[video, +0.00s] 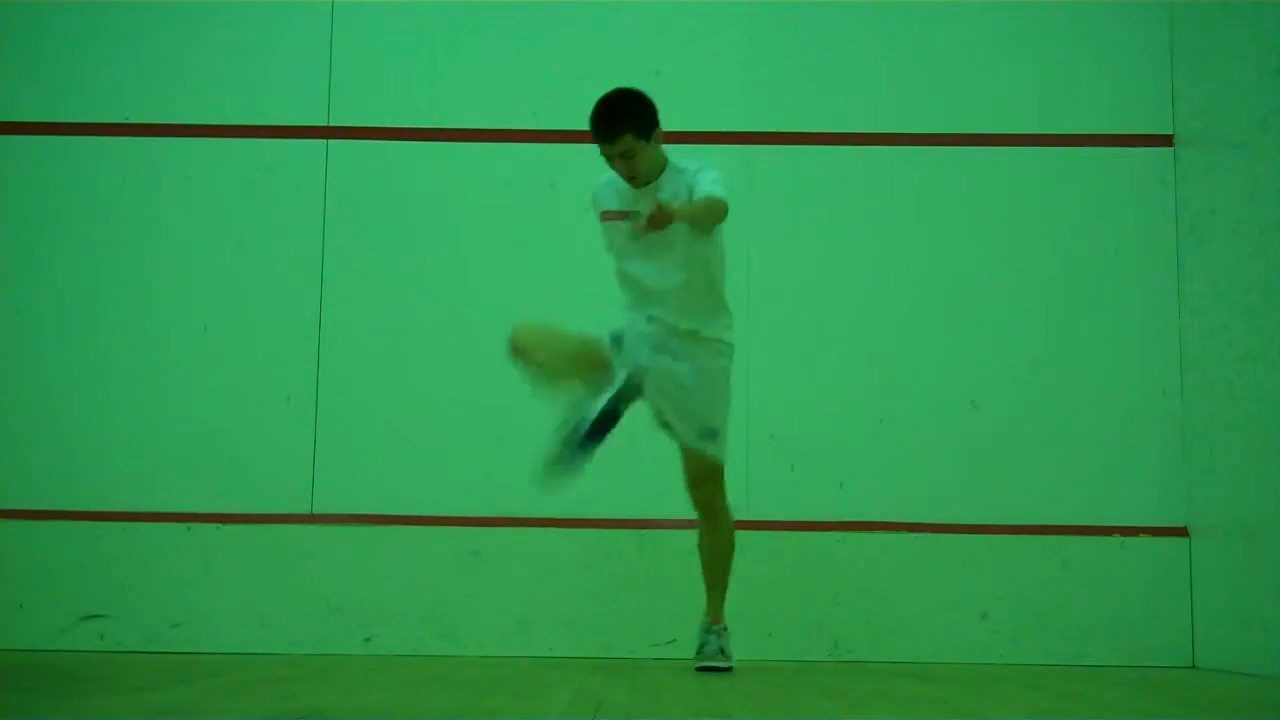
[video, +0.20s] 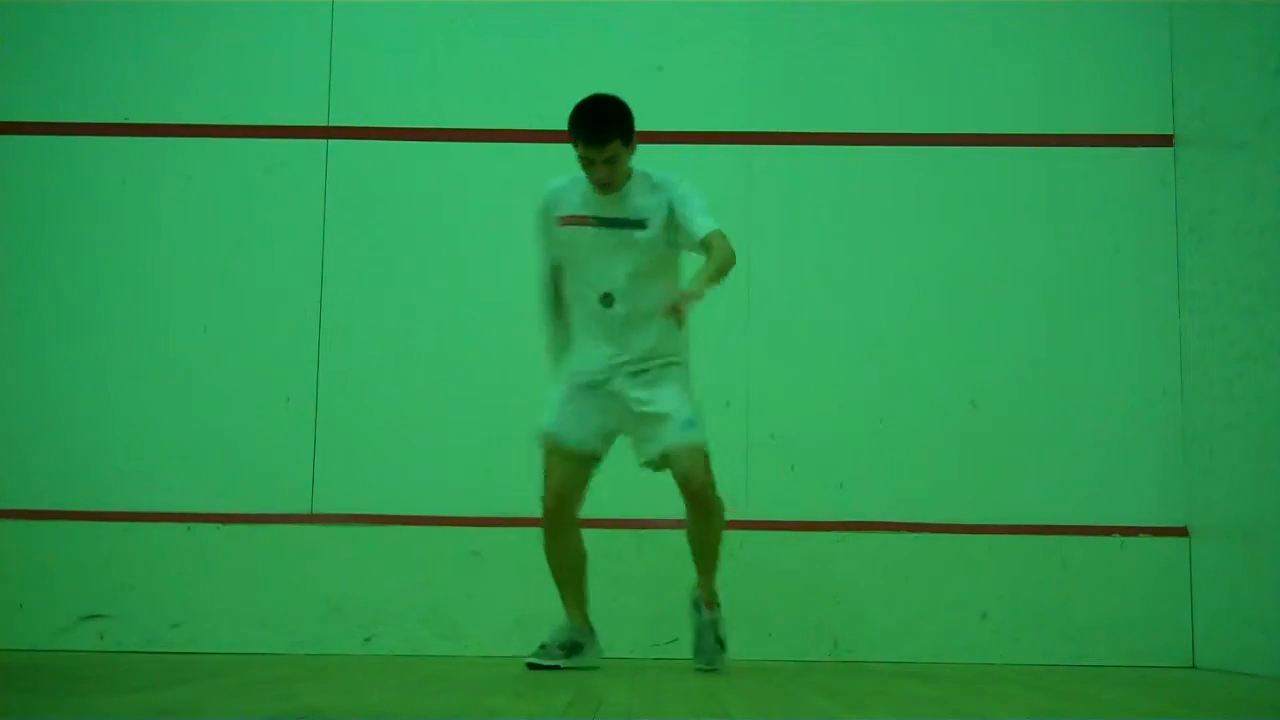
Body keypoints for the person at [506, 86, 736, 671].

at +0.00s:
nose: (620, 167)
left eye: (628, 153)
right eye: (611, 157)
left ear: (657, 139)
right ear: (603, 153)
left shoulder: (696, 181)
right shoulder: (608, 194)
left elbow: (715, 209)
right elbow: (629, 262)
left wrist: (678, 213)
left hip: (699, 349)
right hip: (637, 338)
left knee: (707, 490)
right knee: (524, 342)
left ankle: (715, 623)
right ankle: (604, 387)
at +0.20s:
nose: (601, 173)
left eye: (612, 160)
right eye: (590, 162)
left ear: (632, 146)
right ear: (576, 153)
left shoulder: (666, 195)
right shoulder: (556, 205)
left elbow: (722, 252)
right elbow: (554, 284)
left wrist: (695, 289)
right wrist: (561, 350)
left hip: (660, 375)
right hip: (588, 377)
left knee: (700, 487)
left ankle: (707, 602)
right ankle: (578, 629)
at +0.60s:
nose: (594, 204)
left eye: (605, 193)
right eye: (586, 190)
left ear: (617, 189)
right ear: (562, 176)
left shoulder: (622, 250)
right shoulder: (520, 200)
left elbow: (683, 311)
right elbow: (458, 195)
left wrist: (730, 374)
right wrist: (391, 220)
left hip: (580, 395)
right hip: (516, 389)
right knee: (464, 480)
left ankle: (505, 635)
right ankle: (574, 570)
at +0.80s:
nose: (626, 205)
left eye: (636, 198)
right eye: (621, 192)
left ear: (642, 193)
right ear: (595, 168)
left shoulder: (634, 247)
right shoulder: (539, 175)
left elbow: (680, 315)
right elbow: (450, 145)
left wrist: (733, 378)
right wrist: (363, 116)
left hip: (593, 360)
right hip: (534, 358)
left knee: (567, 456)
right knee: (479, 449)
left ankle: (558, 609)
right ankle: (603, 447)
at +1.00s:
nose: (669, 267)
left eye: (677, 261)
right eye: (668, 254)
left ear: (681, 255)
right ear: (644, 225)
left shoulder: (664, 290)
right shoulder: (572, 223)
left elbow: (722, 316)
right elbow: (502, 244)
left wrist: (789, 315)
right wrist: (443, 295)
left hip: (602, 408)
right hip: (533, 400)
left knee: (654, 514)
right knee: (517, 512)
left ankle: (692, 621)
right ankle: (528, 619)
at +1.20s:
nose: (611, 284)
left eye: (620, 278)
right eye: (607, 275)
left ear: (628, 267)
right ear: (585, 252)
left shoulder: (634, 285)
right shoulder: (528, 273)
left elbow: (696, 306)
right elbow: (463, 331)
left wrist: (760, 341)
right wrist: (463, 415)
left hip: (615, 440)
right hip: (542, 441)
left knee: (662, 536)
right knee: (505, 528)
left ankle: (688, 627)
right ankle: (514, 632)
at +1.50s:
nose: (592, 227)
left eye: (604, 220)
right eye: (588, 214)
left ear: (615, 214)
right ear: (564, 189)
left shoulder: (611, 253)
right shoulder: (507, 206)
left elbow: (686, 288)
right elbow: (417, 203)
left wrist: (763, 327)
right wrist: (386, 277)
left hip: (566, 378)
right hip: (505, 379)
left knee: (527, 486)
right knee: (494, 496)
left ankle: (528, 629)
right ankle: (599, 577)